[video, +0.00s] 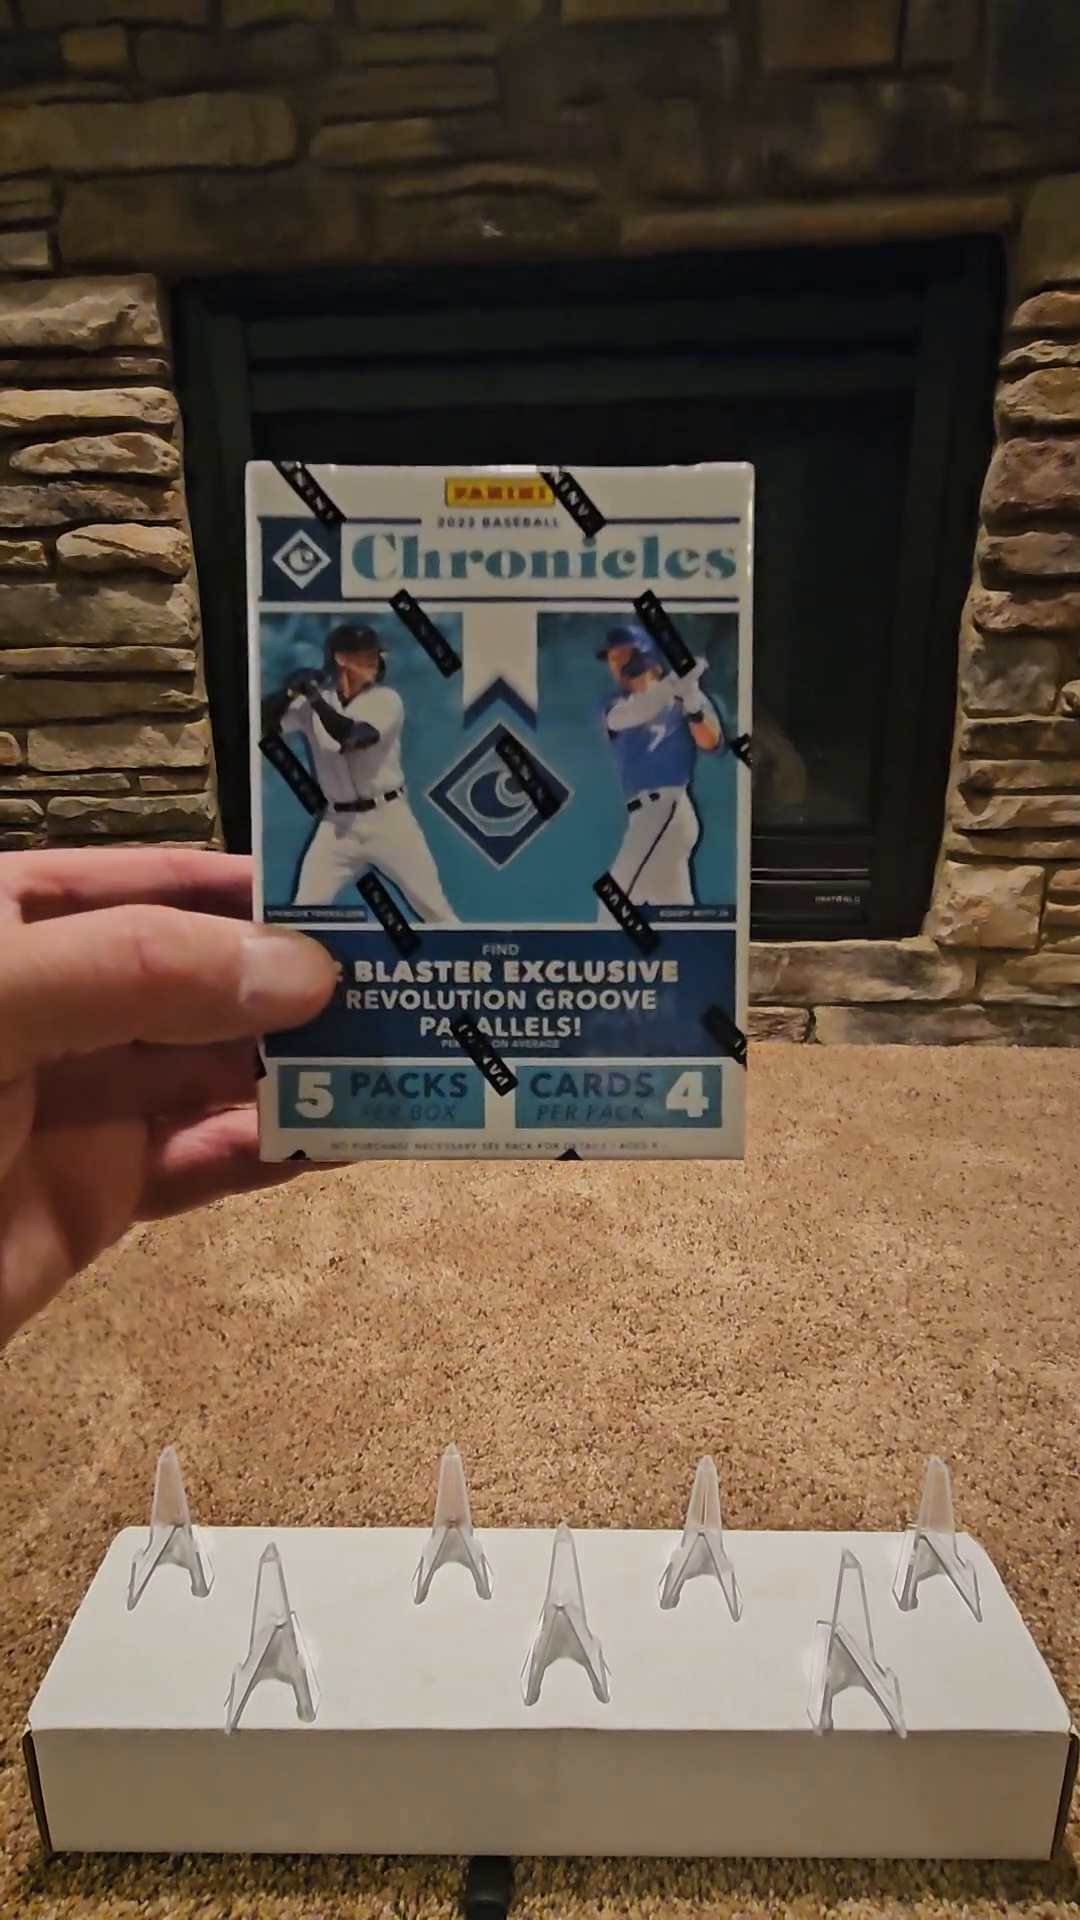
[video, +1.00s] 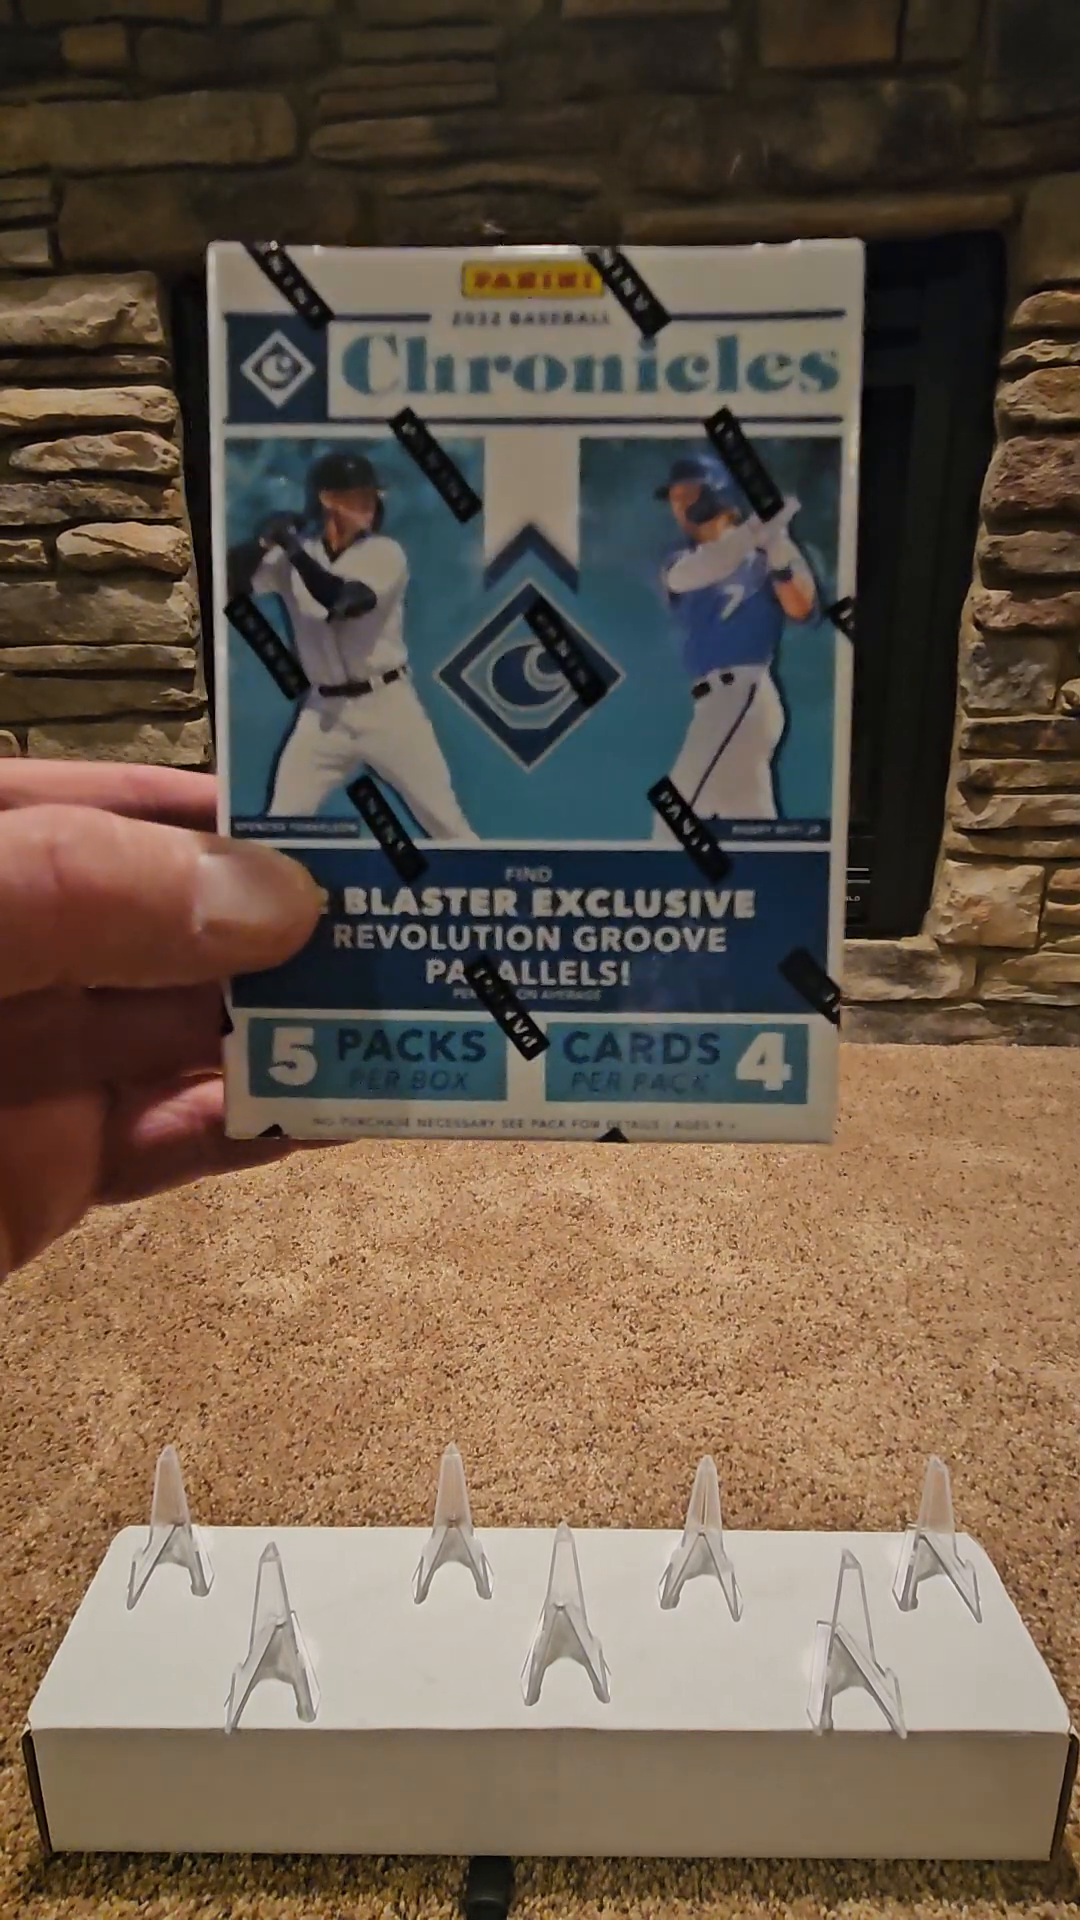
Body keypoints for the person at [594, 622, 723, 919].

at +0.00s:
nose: (617, 665)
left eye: (624, 655)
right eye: (612, 658)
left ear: (645, 657)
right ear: (608, 664)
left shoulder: (684, 696)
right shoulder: (612, 706)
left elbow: (711, 743)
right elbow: (632, 715)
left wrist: (692, 699)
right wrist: (671, 684)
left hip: (668, 811)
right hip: (643, 815)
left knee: (615, 904)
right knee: (676, 915)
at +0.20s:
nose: (605, 631)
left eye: (613, 620)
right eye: (601, 623)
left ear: (636, 621)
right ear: (598, 630)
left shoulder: (678, 664)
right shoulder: (606, 676)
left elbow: (705, 716)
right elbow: (625, 682)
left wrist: (686, 667)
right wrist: (666, 651)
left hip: (659, 785)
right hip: (632, 789)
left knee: (602, 881)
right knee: (663, 894)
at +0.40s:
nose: (597, 579)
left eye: (604, 569)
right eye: (593, 571)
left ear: (628, 569)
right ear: (590, 576)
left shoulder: (673, 610)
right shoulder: (595, 623)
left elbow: (703, 663)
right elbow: (619, 629)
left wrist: (682, 611)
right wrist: (660, 595)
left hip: (655, 738)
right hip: (626, 743)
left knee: (597, 841)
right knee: (663, 853)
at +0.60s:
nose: (622, 558)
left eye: (630, 547)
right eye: (617, 550)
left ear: (656, 549)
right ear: (613, 556)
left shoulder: (699, 592)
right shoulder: (622, 606)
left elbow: (732, 649)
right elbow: (642, 614)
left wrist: (710, 594)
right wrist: (682, 583)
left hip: (682, 727)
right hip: (653, 731)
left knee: (621, 835)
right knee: (693, 848)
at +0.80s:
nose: (644, 525)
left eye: (653, 513)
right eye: (641, 516)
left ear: (681, 514)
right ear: (638, 521)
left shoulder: (735, 562)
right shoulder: (652, 575)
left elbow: (765, 621)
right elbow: (655, 590)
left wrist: (742, 562)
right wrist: (718, 546)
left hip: (711, 704)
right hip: (682, 709)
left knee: (647, 819)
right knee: (721, 833)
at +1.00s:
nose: (679, 509)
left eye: (688, 496)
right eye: (674, 500)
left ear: (717, 497)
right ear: (670, 506)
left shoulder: (769, 547)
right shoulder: (680, 562)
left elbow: (801, 609)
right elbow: (698, 572)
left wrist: (777, 546)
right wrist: (757, 528)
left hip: (744, 697)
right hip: (713, 702)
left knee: (676, 816)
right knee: (753, 832)